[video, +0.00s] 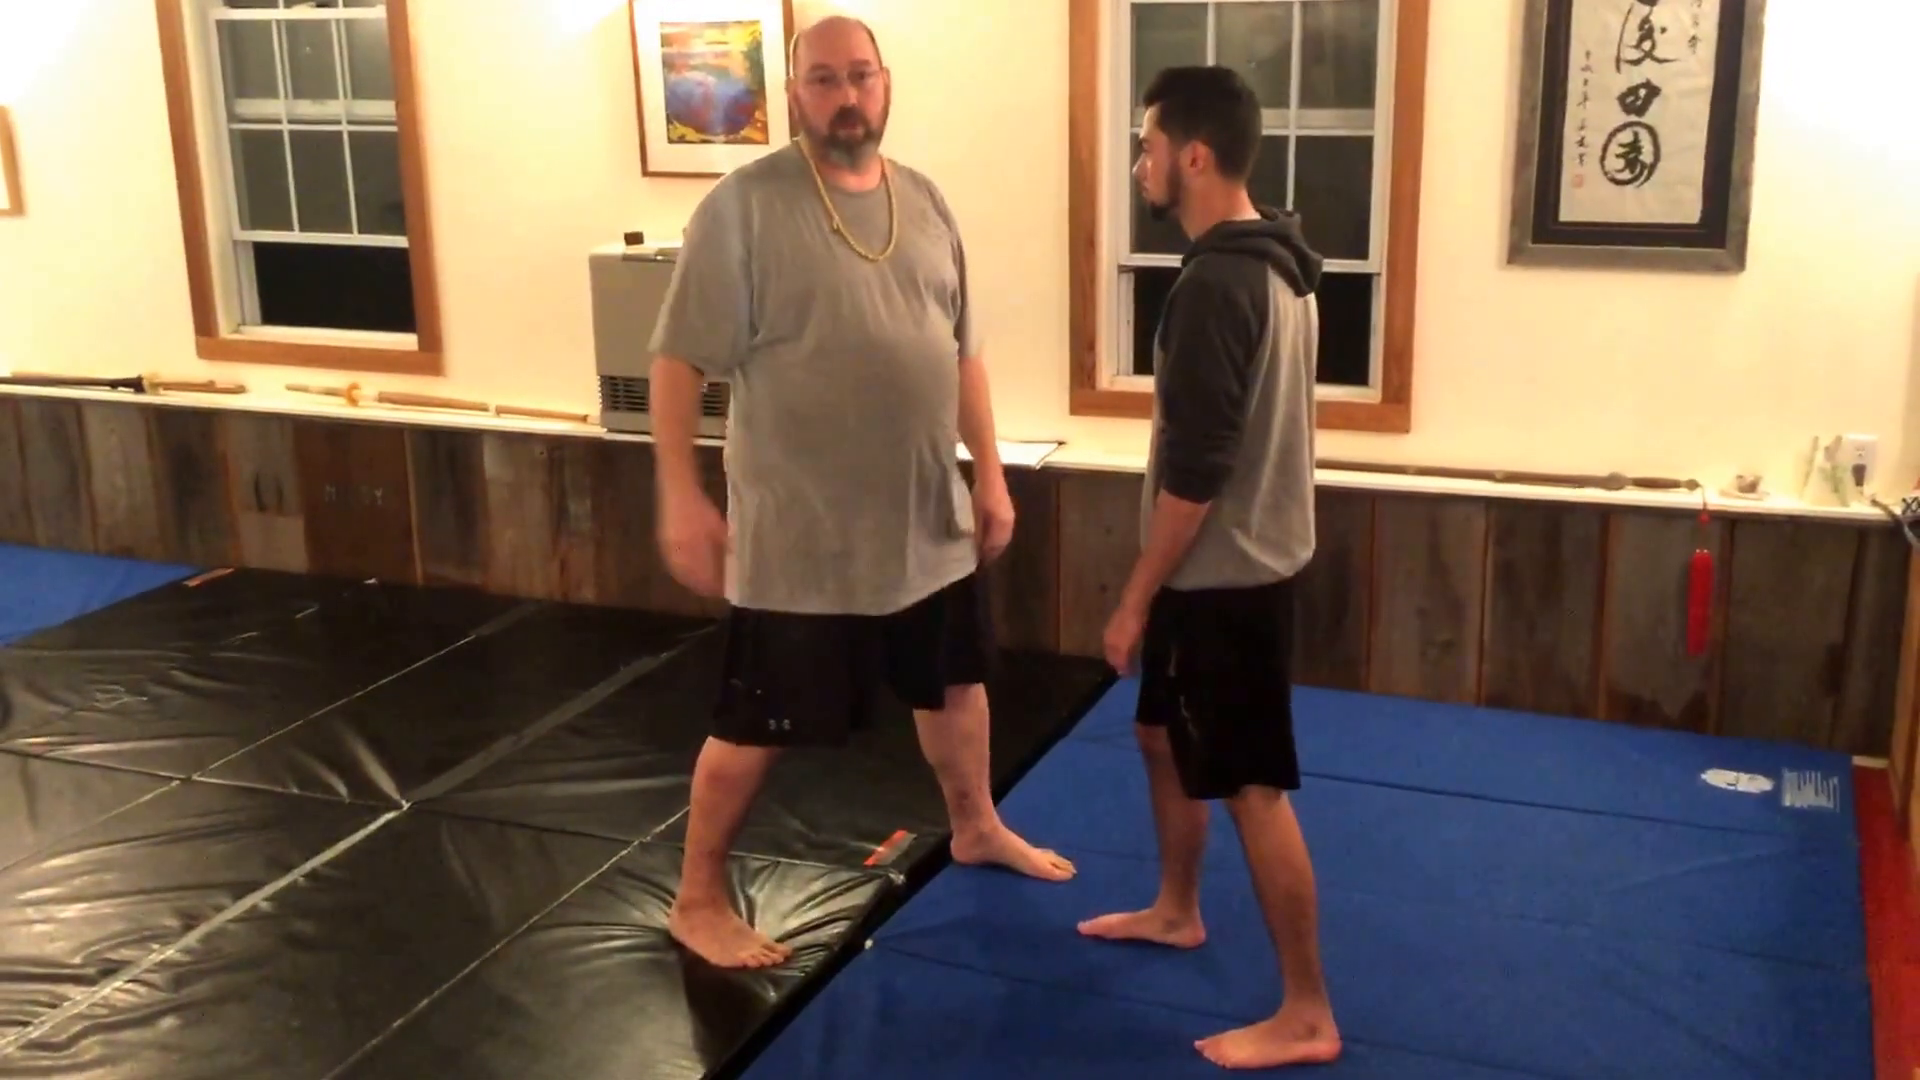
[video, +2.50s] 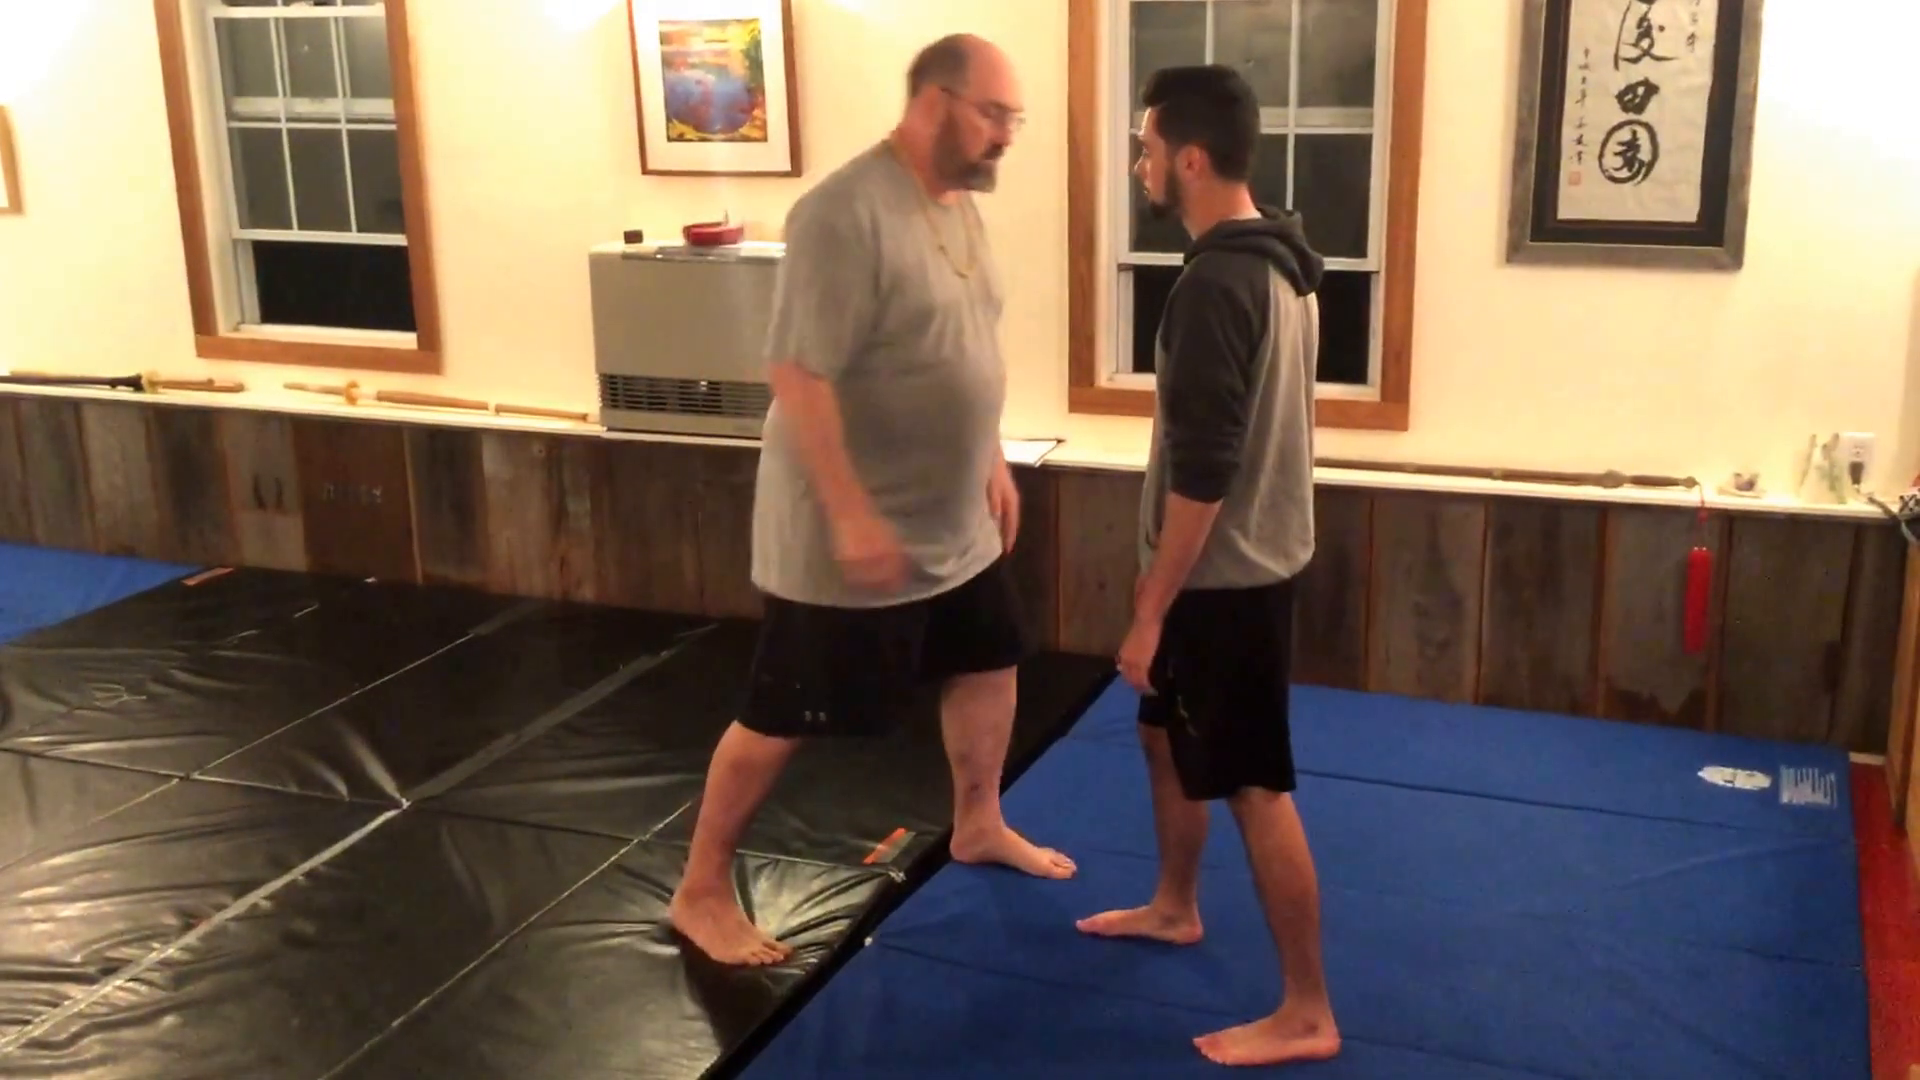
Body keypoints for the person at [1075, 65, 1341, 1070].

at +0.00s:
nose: (1142, 162)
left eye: (1151, 143)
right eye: (1145, 142)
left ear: (1197, 154)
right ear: (1226, 153)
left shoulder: (1216, 282)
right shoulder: (1274, 257)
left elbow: (1196, 472)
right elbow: (1268, 429)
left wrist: (1133, 600)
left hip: (1228, 570)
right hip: (1233, 555)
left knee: (1252, 786)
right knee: (1162, 731)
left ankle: (1307, 1013)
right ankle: (1177, 907)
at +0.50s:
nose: (1139, 155)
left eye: (1151, 138)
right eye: (1143, 136)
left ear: (1200, 152)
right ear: (1223, 151)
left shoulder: (1212, 270)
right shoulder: (1273, 250)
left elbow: (1200, 461)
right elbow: (1263, 426)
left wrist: (1149, 605)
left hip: (1222, 565)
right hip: (1243, 549)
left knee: (1235, 782)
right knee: (1172, 729)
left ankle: (1305, 1006)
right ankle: (1176, 904)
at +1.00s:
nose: (1142, 158)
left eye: (1154, 141)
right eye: (1146, 139)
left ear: (1203, 155)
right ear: (1225, 155)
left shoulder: (1223, 278)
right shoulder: (1270, 253)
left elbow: (1215, 471)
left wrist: (1151, 602)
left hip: (1244, 566)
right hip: (1235, 553)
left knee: (1269, 787)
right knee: (1177, 733)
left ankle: (1309, 1013)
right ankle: (1177, 905)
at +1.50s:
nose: (1143, 159)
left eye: (1155, 143)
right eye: (1146, 141)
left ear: (1204, 156)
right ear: (1224, 156)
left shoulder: (1224, 278)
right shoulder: (1271, 252)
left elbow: (1220, 468)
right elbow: (1249, 444)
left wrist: (1172, 608)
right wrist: (1186, 571)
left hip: (1246, 571)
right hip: (1234, 557)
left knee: (1266, 788)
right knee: (1175, 732)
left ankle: (1309, 1012)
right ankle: (1177, 906)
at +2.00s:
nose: (1146, 157)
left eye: (1158, 141)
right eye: (1150, 139)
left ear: (1205, 157)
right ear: (1230, 158)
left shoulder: (1221, 280)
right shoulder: (1276, 255)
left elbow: (1200, 472)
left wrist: (1139, 599)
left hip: (1235, 569)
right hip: (1229, 555)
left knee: (1262, 787)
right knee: (1169, 734)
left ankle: (1309, 1013)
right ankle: (1177, 906)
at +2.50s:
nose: (1142, 162)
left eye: (1150, 145)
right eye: (1144, 144)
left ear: (1193, 155)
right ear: (1231, 152)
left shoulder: (1216, 281)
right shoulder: (1277, 255)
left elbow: (1204, 474)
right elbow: (1275, 425)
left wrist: (1149, 613)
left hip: (1229, 571)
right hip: (1239, 555)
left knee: (1254, 784)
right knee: (1165, 725)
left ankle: (1307, 1010)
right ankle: (1175, 903)